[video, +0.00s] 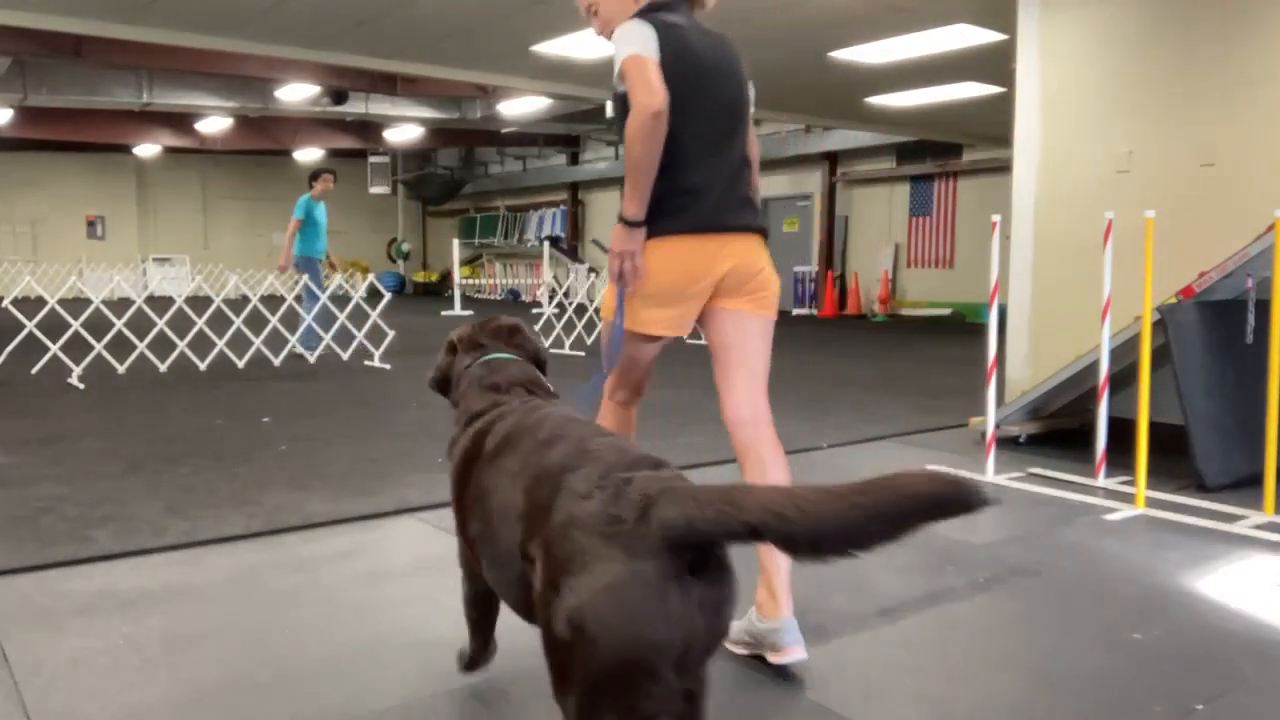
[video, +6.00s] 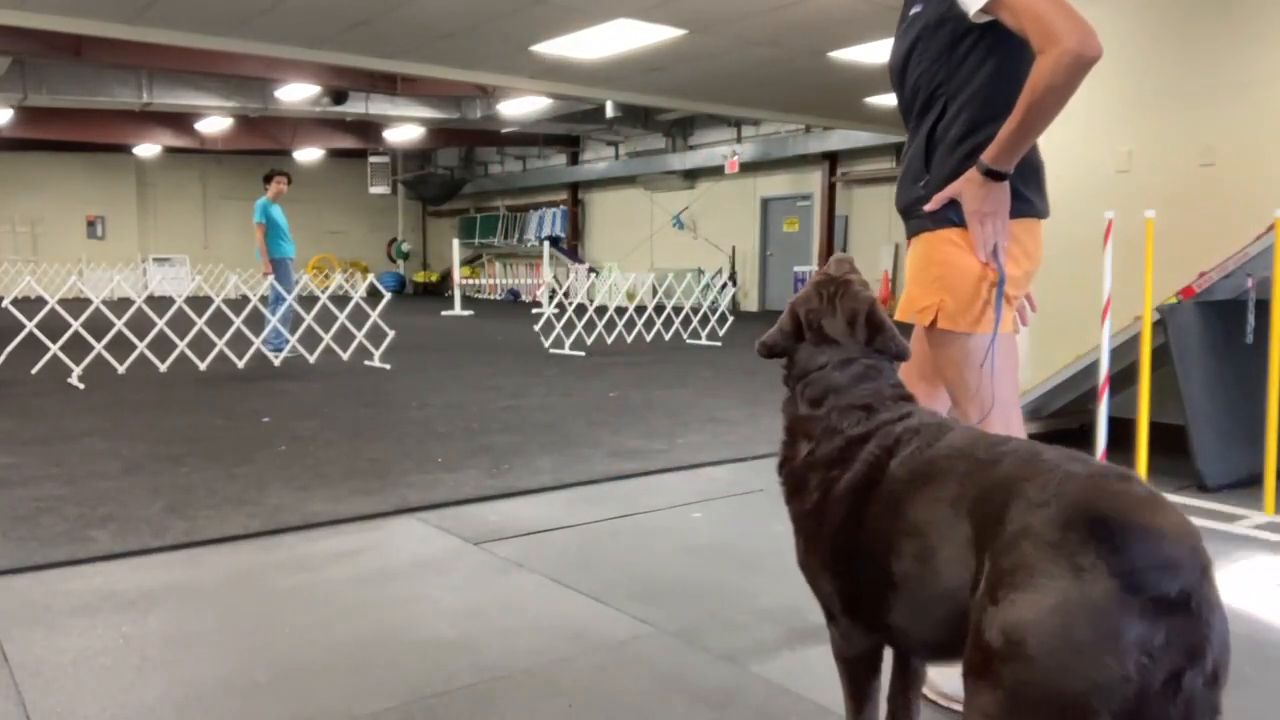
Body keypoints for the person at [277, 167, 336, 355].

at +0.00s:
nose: (330, 186)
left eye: (332, 182)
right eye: (326, 181)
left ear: (331, 185)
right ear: (315, 182)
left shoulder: (321, 204)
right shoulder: (305, 201)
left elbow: (321, 236)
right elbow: (292, 230)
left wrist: (329, 257)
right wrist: (285, 258)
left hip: (317, 257)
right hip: (306, 256)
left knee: (311, 299)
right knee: (316, 298)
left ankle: (306, 341)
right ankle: (307, 342)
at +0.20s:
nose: (317, 184)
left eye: (319, 181)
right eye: (313, 180)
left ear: (320, 185)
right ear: (302, 182)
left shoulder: (315, 205)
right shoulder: (291, 201)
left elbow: (317, 235)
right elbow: (279, 227)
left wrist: (326, 257)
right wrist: (270, 256)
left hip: (311, 259)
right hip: (296, 258)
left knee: (311, 300)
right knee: (298, 300)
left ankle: (309, 342)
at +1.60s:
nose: (289, 184)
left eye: (293, 181)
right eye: (286, 179)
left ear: (296, 185)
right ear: (276, 182)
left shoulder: (291, 205)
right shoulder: (268, 203)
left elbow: (293, 234)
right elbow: (261, 232)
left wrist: (297, 259)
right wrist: (265, 259)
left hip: (294, 256)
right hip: (278, 256)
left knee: (289, 299)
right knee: (285, 297)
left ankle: (282, 340)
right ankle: (276, 342)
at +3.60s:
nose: (278, 184)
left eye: (281, 182)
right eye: (274, 180)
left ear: (284, 187)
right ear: (265, 184)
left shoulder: (277, 206)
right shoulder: (258, 204)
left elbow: (281, 232)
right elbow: (255, 234)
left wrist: (288, 256)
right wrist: (260, 262)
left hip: (286, 256)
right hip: (274, 257)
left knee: (281, 300)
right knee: (282, 299)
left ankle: (276, 341)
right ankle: (276, 343)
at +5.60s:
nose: (283, 188)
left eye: (286, 184)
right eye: (279, 183)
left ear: (287, 188)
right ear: (270, 185)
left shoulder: (277, 206)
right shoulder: (262, 204)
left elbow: (280, 233)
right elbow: (260, 234)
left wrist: (287, 255)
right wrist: (267, 261)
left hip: (286, 256)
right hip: (278, 257)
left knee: (276, 299)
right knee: (286, 298)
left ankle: (272, 340)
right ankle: (276, 342)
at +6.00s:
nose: (282, 187)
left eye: (285, 184)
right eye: (278, 183)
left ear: (287, 188)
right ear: (269, 185)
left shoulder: (276, 207)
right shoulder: (262, 204)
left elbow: (279, 233)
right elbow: (260, 234)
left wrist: (288, 256)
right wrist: (266, 262)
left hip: (286, 256)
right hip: (277, 257)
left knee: (276, 299)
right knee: (286, 299)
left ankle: (272, 340)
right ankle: (276, 342)